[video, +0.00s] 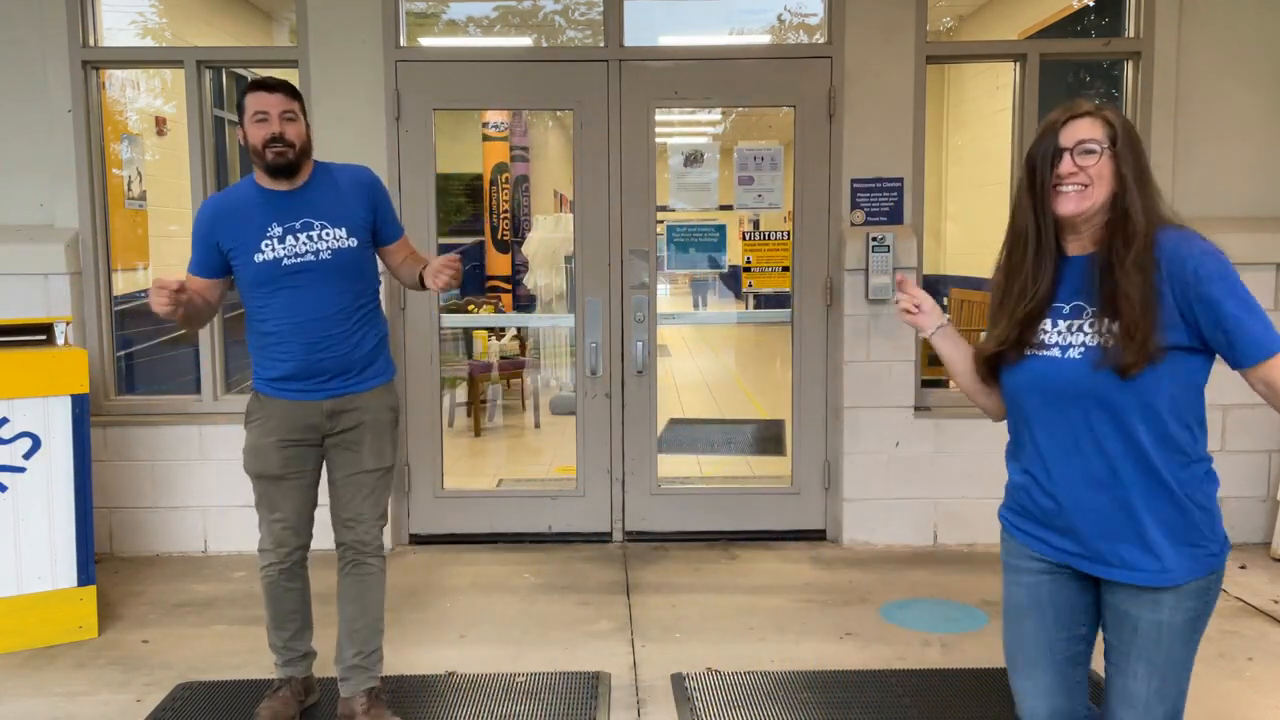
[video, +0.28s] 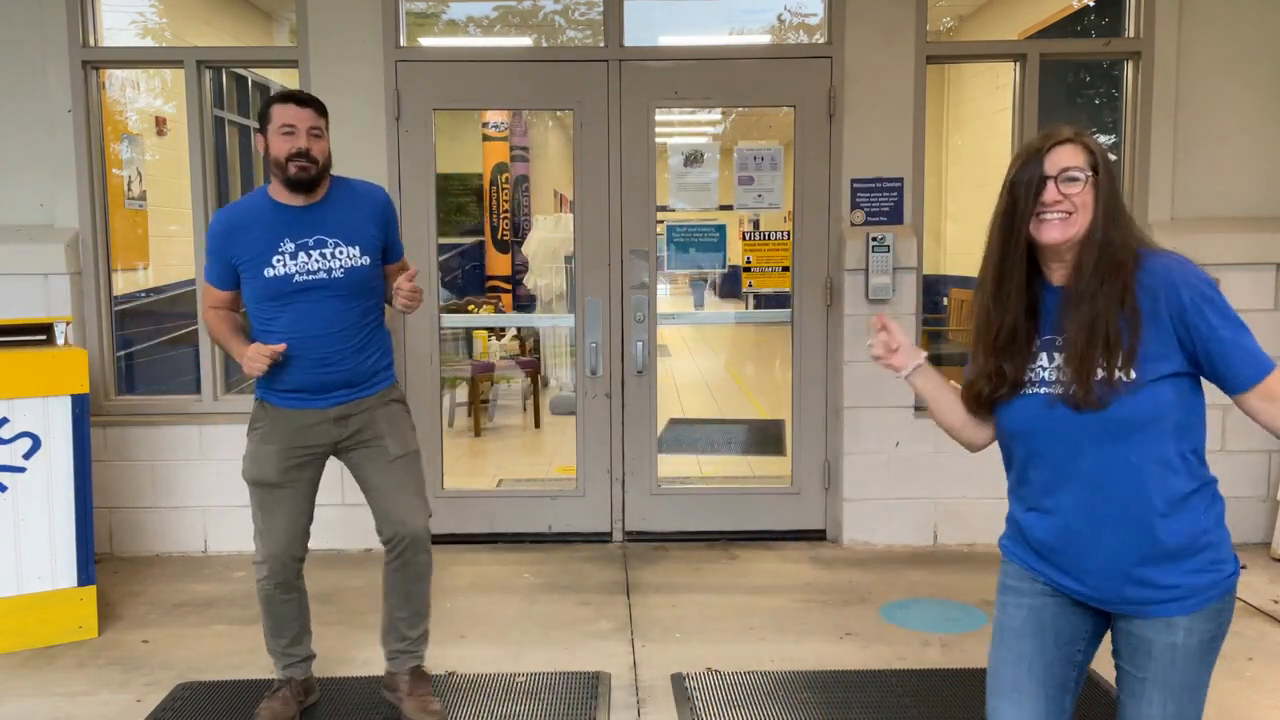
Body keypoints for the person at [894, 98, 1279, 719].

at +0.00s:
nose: (1067, 166)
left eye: (1088, 152)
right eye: (1054, 155)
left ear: (1123, 170)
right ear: (1037, 176)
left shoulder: (1178, 260)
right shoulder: (1030, 272)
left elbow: (1271, 376)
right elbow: (999, 399)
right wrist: (938, 328)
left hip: (1160, 550)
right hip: (1040, 540)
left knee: (1141, 710)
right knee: (1042, 708)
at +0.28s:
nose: (1051, 194)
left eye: (1071, 179)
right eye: (1036, 182)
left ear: (1102, 196)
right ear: (1017, 203)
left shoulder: (1167, 285)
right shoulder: (1013, 303)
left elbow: (1266, 396)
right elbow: (975, 428)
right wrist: (914, 366)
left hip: (1173, 578)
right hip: (1044, 569)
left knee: (1155, 713)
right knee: (1014, 711)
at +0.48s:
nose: (1006, 172)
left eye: (1021, 151)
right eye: (992, 168)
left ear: (1067, 153)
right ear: (988, 193)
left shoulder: (1157, 258)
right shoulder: (977, 275)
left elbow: (1206, 385)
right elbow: (928, 395)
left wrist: (1270, 397)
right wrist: (832, 426)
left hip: (1139, 542)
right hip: (1002, 532)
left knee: (1150, 710)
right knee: (963, 708)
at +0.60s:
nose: (967, 173)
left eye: (983, 152)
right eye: (953, 169)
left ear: (1031, 153)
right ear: (951, 195)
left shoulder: (1125, 257)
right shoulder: (946, 275)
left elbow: (1164, 396)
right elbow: (900, 406)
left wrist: (1200, 360)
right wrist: (798, 455)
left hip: (1100, 544)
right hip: (969, 535)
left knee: (1138, 711)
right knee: (934, 709)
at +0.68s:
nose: (949, 186)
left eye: (964, 167)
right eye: (933, 184)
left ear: (1005, 174)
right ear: (927, 215)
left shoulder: (1084, 278)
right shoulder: (912, 299)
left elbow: (1125, 419)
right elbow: (870, 429)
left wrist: (1145, 379)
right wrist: (773, 478)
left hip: (1067, 563)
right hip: (937, 562)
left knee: (1123, 712)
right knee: (912, 713)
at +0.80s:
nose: (907, 194)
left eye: (920, 177)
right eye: (888, 190)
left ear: (953, 191)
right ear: (872, 219)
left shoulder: (1008, 301)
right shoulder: (848, 315)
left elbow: (1033, 416)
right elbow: (809, 445)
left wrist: (1069, 428)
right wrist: (730, 512)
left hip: (1001, 581)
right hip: (872, 585)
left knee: (1064, 710)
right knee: (877, 711)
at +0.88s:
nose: (867, 181)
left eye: (880, 165)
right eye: (847, 179)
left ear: (911, 181)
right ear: (831, 208)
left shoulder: (956, 292)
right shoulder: (803, 302)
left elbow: (960, 396)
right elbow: (763, 435)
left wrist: (1012, 451)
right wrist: (697, 520)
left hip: (941, 560)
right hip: (824, 570)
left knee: (1030, 710)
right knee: (848, 713)